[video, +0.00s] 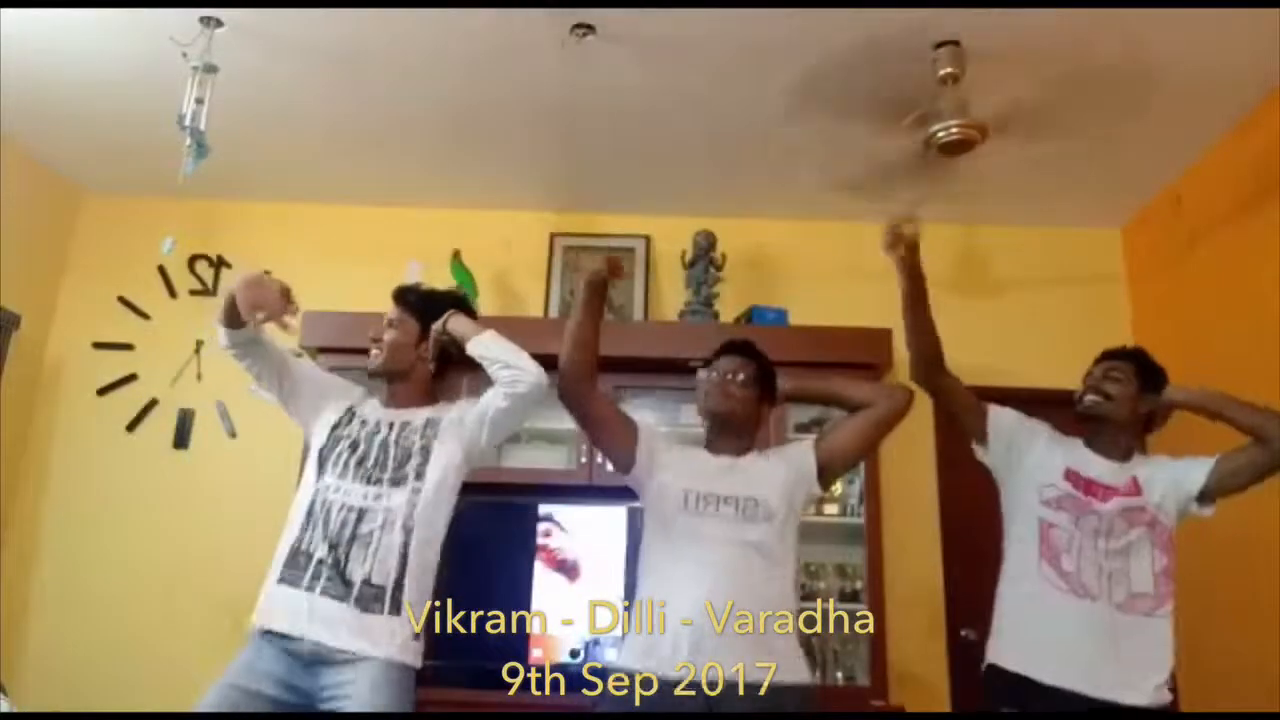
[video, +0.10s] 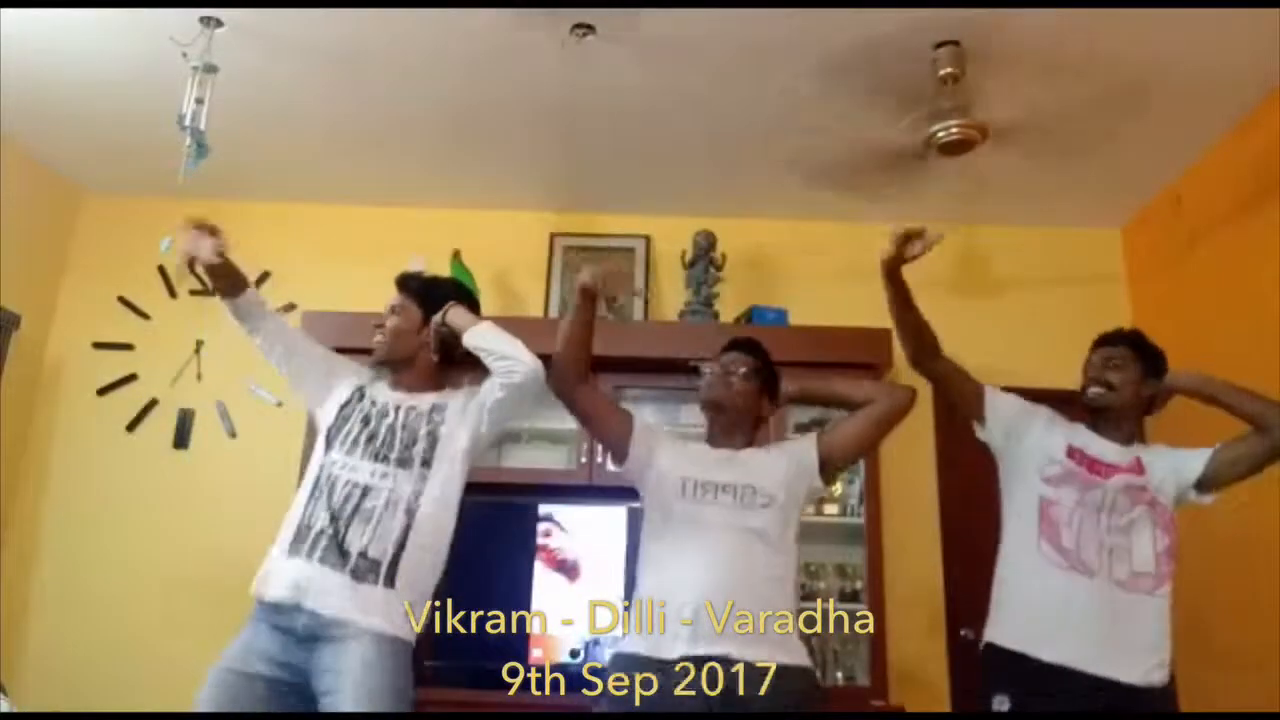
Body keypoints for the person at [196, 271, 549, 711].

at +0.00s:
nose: (378, 335)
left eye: (393, 326)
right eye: (383, 324)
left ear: (428, 347)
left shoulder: (461, 427)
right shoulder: (334, 403)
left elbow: (528, 384)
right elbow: (246, 345)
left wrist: (465, 328)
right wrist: (239, 296)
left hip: (371, 661)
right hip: (277, 644)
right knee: (209, 710)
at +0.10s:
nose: (379, 320)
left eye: (395, 313)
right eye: (385, 311)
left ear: (431, 338)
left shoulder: (465, 413)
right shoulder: (343, 386)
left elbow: (524, 372)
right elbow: (270, 330)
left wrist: (462, 321)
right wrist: (218, 268)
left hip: (367, 634)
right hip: (277, 618)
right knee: (215, 703)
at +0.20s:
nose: (381, 312)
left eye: (398, 305)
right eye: (386, 302)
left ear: (434, 328)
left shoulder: (468, 405)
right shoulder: (347, 375)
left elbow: (526, 368)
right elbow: (276, 320)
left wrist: (463, 318)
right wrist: (208, 255)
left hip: (363, 604)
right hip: (276, 584)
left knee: (364, 704)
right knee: (223, 699)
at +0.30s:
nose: (378, 321)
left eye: (394, 312)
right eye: (384, 310)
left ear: (431, 333)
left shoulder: (464, 410)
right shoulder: (349, 384)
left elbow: (526, 369)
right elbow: (264, 317)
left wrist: (462, 318)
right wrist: (180, 215)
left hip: (361, 605)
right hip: (276, 582)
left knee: (355, 703)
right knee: (217, 700)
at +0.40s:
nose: (375, 326)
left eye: (390, 318)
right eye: (381, 315)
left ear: (427, 339)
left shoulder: (460, 419)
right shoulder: (342, 389)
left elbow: (527, 371)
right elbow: (249, 317)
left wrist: (461, 321)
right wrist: (204, 211)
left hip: (360, 642)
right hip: (271, 623)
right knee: (210, 700)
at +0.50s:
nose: (366, 332)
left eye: (382, 322)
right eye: (372, 320)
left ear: (423, 341)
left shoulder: (458, 424)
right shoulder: (330, 398)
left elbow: (531, 385)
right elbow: (246, 337)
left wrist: (461, 333)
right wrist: (233, 231)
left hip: (373, 654)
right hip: (280, 638)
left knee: (376, 704)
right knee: (214, 704)